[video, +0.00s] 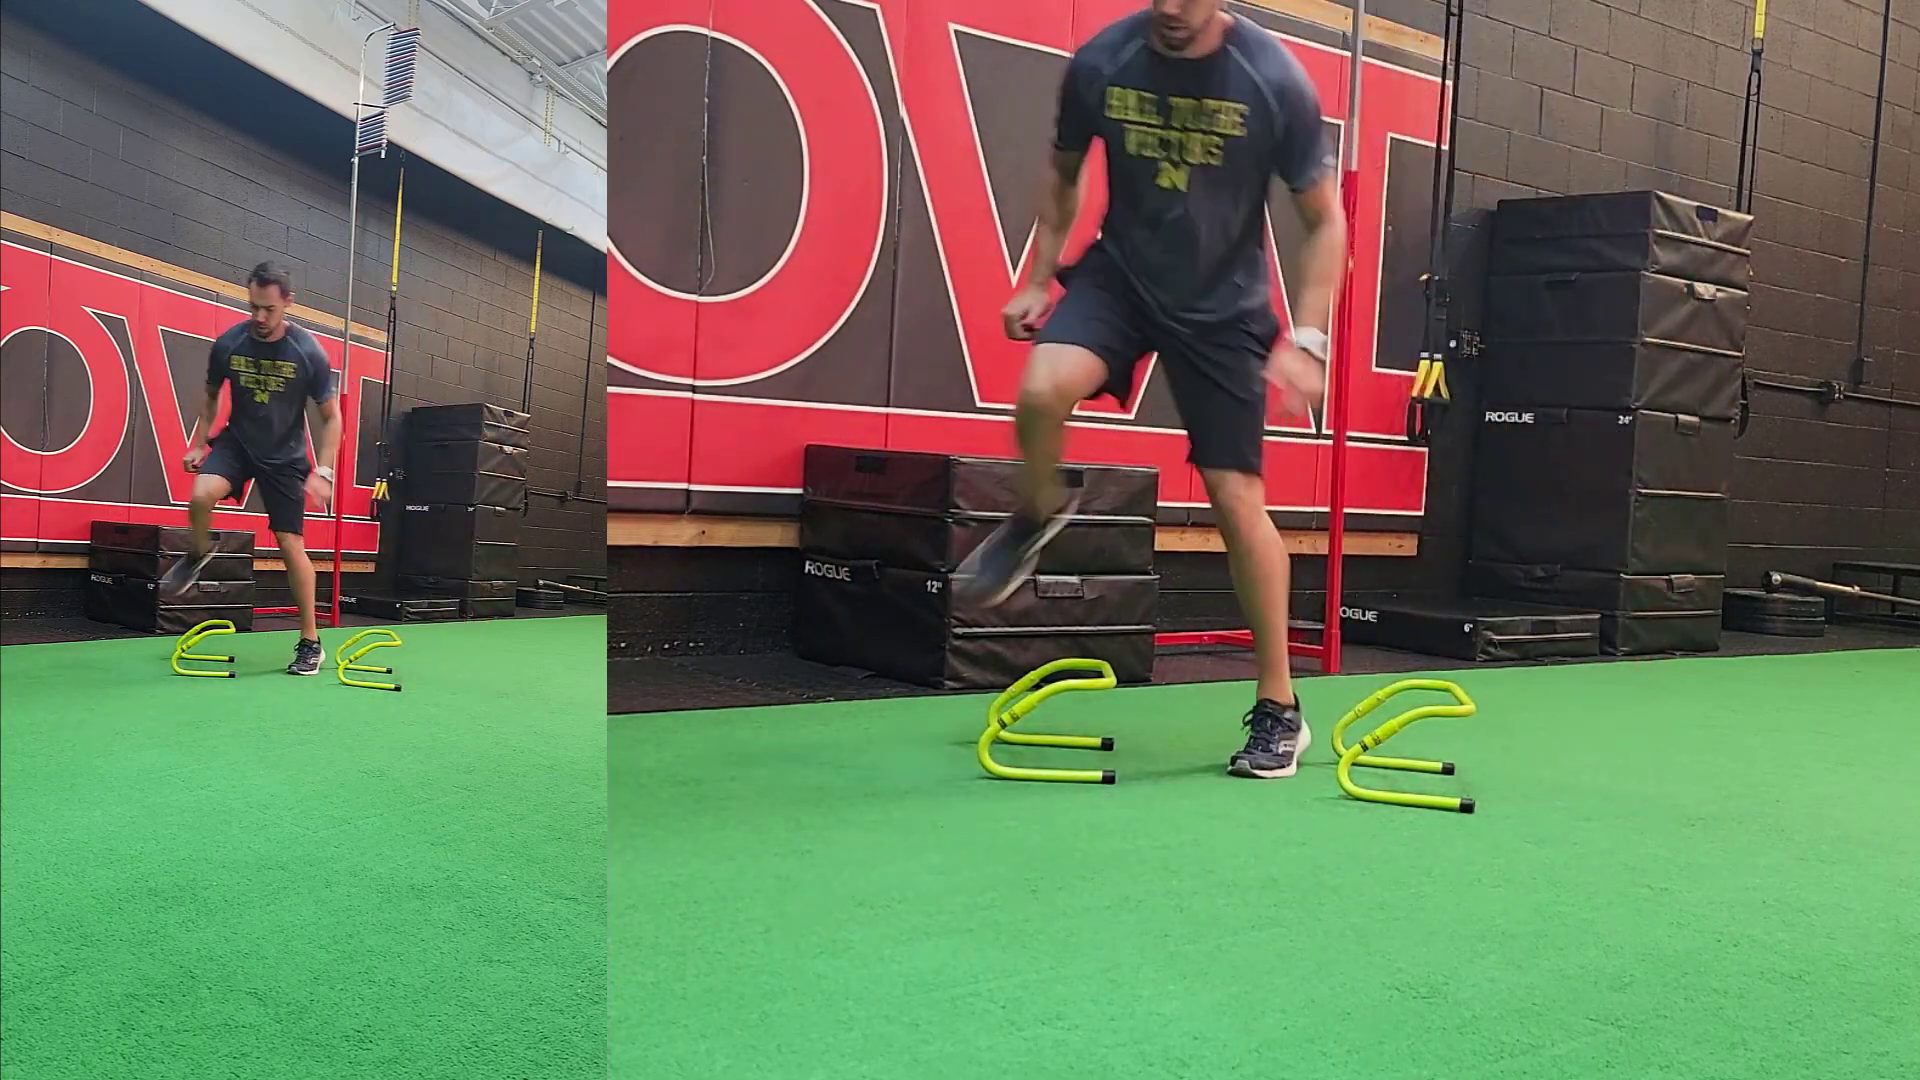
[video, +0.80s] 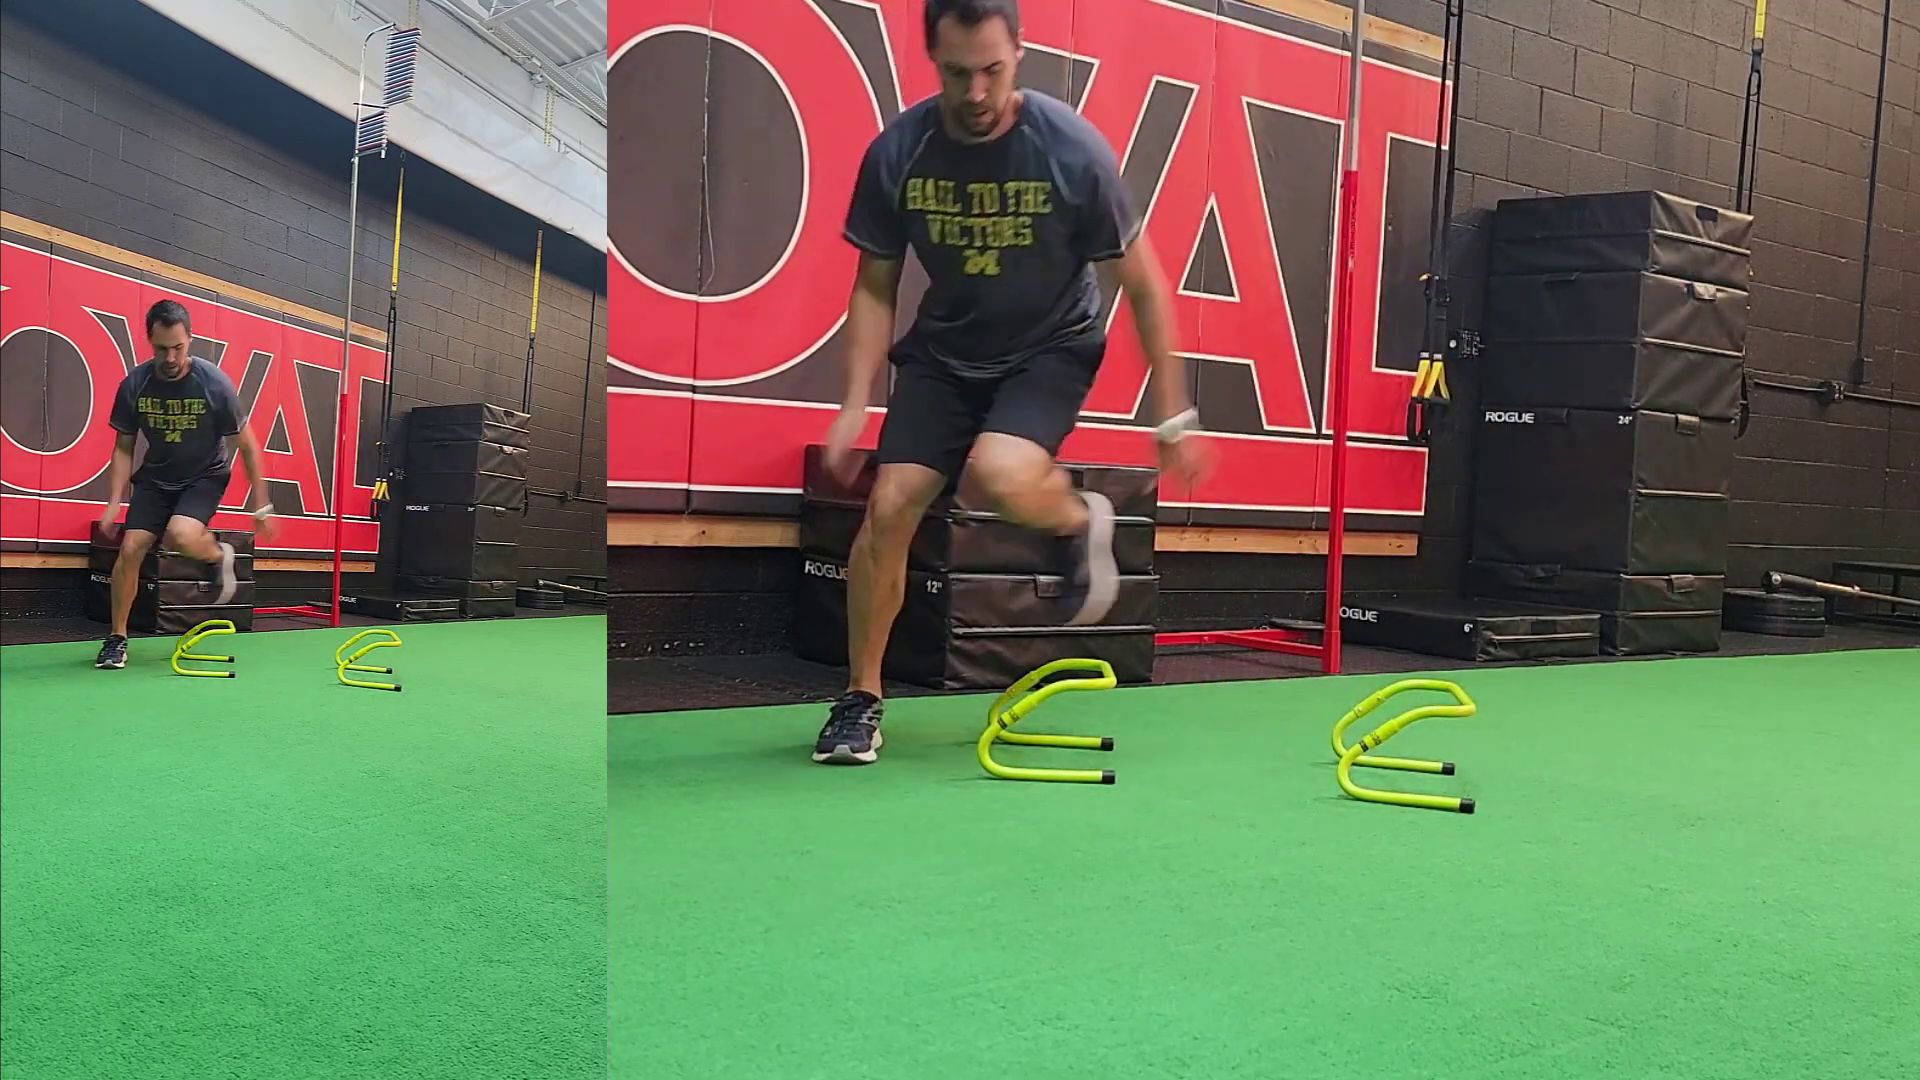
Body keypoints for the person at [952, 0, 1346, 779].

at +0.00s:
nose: (1172, 10)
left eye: (1191, 0)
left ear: (1227, 2)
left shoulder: (1276, 83)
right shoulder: (1098, 64)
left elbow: (1324, 219)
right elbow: (1064, 175)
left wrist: (1307, 339)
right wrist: (1038, 278)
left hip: (1224, 304)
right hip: (1119, 279)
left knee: (1234, 495)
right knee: (1040, 392)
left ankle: (1278, 705)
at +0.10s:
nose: (1098, 12)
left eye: (1116, 2)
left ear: (1152, 0)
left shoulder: (1207, 75)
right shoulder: (1028, 59)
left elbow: (1254, 218)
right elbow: (1005, 163)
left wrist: (1184, 295)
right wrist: (995, 278)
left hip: (1165, 280)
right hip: (1054, 271)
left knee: (1171, 464)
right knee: (983, 447)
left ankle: (1219, 614)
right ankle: (895, 641)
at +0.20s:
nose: (1030, 63)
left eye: (1048, 46)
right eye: (1018, 43)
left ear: (1087, 29)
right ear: (1002, 29)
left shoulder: (1136, 129)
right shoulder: (961, 107)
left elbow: (1145, 287)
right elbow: (948, 208)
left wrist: (1030, 264)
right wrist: (939, 295)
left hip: (1101, 320)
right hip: (993, 313)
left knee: (1094, 460)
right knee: (939, 494)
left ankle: (1120, 512)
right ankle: (866, 693)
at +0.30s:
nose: (976, 110)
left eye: (995, 93)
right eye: (963, 88)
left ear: (1037, 73)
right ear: (949, 70)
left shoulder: (1091, 177)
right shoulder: (918, 140)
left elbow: (1054, 330)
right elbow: (908, 229)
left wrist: (959, 243)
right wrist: (905, 305)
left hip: (1060, 355)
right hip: (956, 343)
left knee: (1032, 480)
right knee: (905, 502)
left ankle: (1009, 514)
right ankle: (864, 692)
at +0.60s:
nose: (918, 129)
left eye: (937, 110)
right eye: (903, 108)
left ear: (977, 85)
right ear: (884, 86)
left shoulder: (1037, 183)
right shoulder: (866, 155)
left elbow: (1013, 345)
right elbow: (873, 248)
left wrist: (916, 257)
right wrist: (876, 313)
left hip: (1018, 366)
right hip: (918, 349)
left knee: (945, 487)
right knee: (879, 499)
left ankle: (917, 567)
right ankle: (858, 694)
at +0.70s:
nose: (935, 114)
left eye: (953, 94)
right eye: (918, 93)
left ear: (986, 71)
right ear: (895, 74)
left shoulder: (1046, 169)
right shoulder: (873, 161)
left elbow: (1080, 315)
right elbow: (865, 284)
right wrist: (853, 388)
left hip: (1020, 358)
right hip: (922, 350)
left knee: (963, 476)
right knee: (882, 501)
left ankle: (954, 568)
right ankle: (860, 696)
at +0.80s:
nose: (975, 92)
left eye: (991, 70)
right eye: (956, 74)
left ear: (1018, 52)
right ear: (931, 60)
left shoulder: (1074, 152)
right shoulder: (898, 151)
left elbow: (1144, 284)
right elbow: (874, 287)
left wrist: (1175, 408)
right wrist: (855, 405)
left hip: (1050, 348)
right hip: (943, 350)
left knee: (998, 480)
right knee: (891, 502)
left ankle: (1083, 522)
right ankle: (861, 696)